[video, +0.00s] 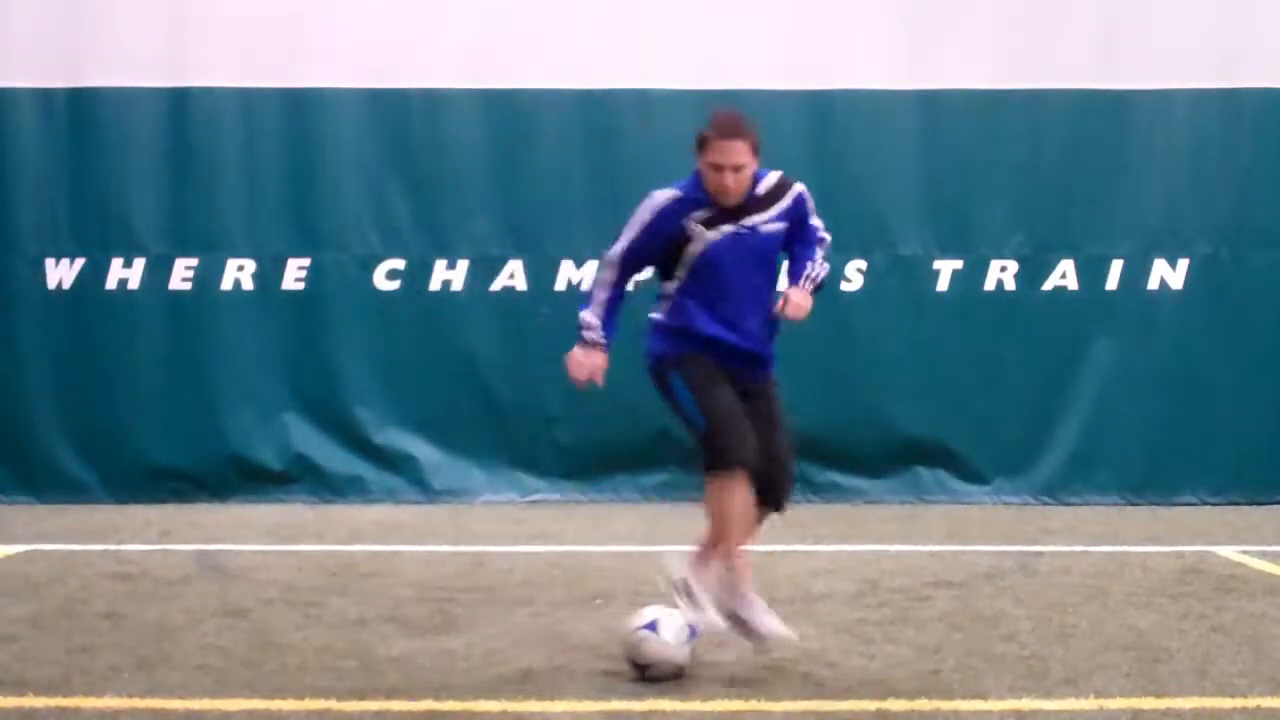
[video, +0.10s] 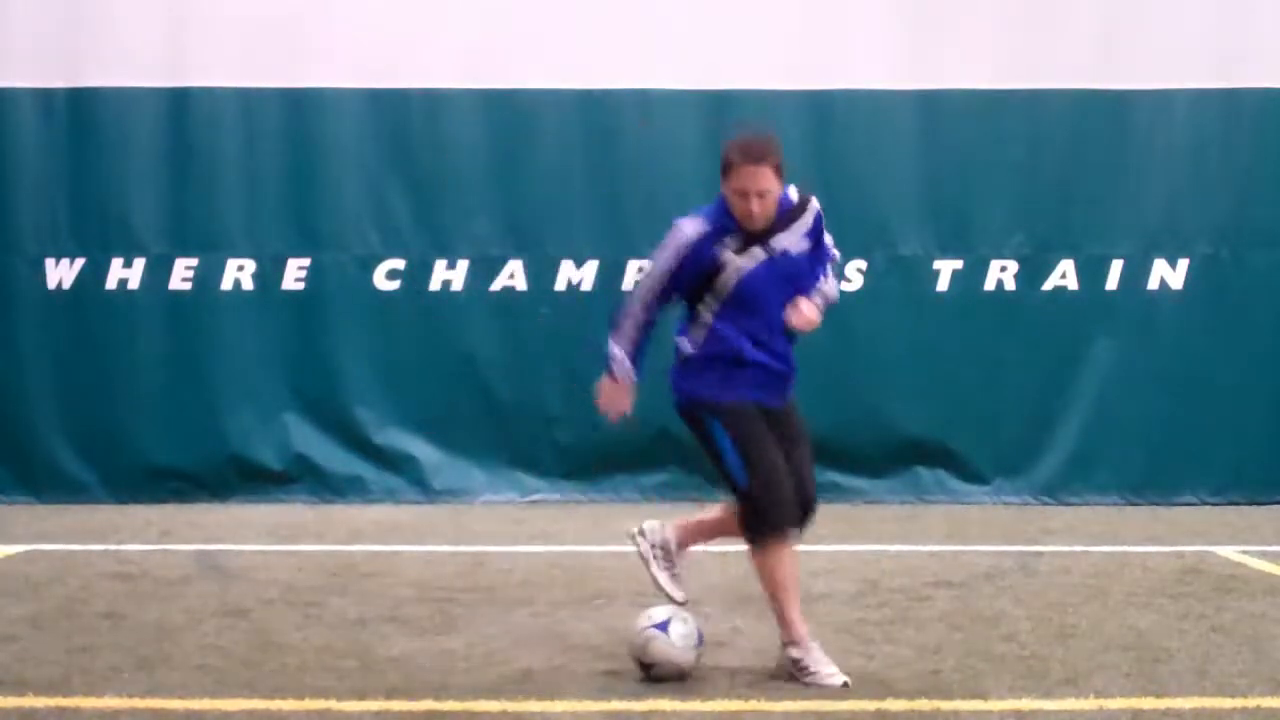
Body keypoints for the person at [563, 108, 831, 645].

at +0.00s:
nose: (729, 181)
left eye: (739, 169)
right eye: (717, 169)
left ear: (756, 163)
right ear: (699, 164)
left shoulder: (786, 197)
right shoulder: (673, 208)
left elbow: (814, 243)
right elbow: (616, 265)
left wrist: (803, 285)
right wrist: (593, 338)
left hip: (750, 357)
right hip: (685, 350)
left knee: (772, 479)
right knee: (732, 450)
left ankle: (697, 572)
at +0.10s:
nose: (755, 207)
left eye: (764, 194)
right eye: (743, 195)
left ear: (781, 184)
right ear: (724, 188)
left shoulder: (804, 215)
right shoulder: (699, 235)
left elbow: (827, 269)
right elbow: (644, 298)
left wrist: (814, 301)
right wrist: (619, 369)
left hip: (772, 385)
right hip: (712, 388)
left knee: (796, 504)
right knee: (770, 505)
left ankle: (669, 539)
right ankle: (798, 645)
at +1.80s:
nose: (495, 199)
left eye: (505, 186)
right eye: (483, 188)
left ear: (523, 179)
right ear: (467, 185)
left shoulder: (563, 219)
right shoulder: (449, 227)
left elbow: (626, 265)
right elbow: (418, 277)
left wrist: (639, 337)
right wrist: (391, 325)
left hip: (557, 386)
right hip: (494, 387)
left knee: (522, 494)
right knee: (475, 501)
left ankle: (506, 637)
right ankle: (548, 585)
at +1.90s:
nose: (509, 201)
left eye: (517, 187)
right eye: (496, 190)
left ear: (535, 181)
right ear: (479, 188)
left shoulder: (574, 226)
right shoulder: (461, 237)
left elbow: (628, 279)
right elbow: (430, 297)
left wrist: (640, 357)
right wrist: (413, 362)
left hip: (577, 391)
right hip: (506, 398)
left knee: (574, 495)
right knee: (488, 519)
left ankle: (574, 606)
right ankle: (490, 630)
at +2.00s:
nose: (539, 209)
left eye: (548, 196)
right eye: (528, 198)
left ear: (563, 194)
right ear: (506, 199)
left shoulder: (597, 245)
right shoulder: (480, 249)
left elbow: (639, 309)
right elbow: (447, 306)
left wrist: (662, 369)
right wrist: (425, 359)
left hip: (590, 399)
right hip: (514, 407)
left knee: (632, 483)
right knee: (486, 522)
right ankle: (496, 630)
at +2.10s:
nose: (574, 176)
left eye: (583, 164)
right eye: (563, 166)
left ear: (599, 162)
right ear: (543, 166)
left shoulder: (631, 210)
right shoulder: (517, 214)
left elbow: (675, 278)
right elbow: (478, 269)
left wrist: (688, 335)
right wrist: (458, 318)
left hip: (619, 380)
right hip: (542, 388)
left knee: (681, 466)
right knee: (518, 509)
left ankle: (749, 576)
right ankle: (501, 621)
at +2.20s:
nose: (615, 153)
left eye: (625, 143)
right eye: (604, 143)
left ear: (640, 144)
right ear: (584, 146)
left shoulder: (673, 195)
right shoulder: (553, 195)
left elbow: (708, 264)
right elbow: (518, 252)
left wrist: (715, 326)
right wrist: (506, 309)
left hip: (658, 362)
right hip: (580, 364)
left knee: (702, 478)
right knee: (548, 468)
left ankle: (730, 603)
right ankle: (565, 585)